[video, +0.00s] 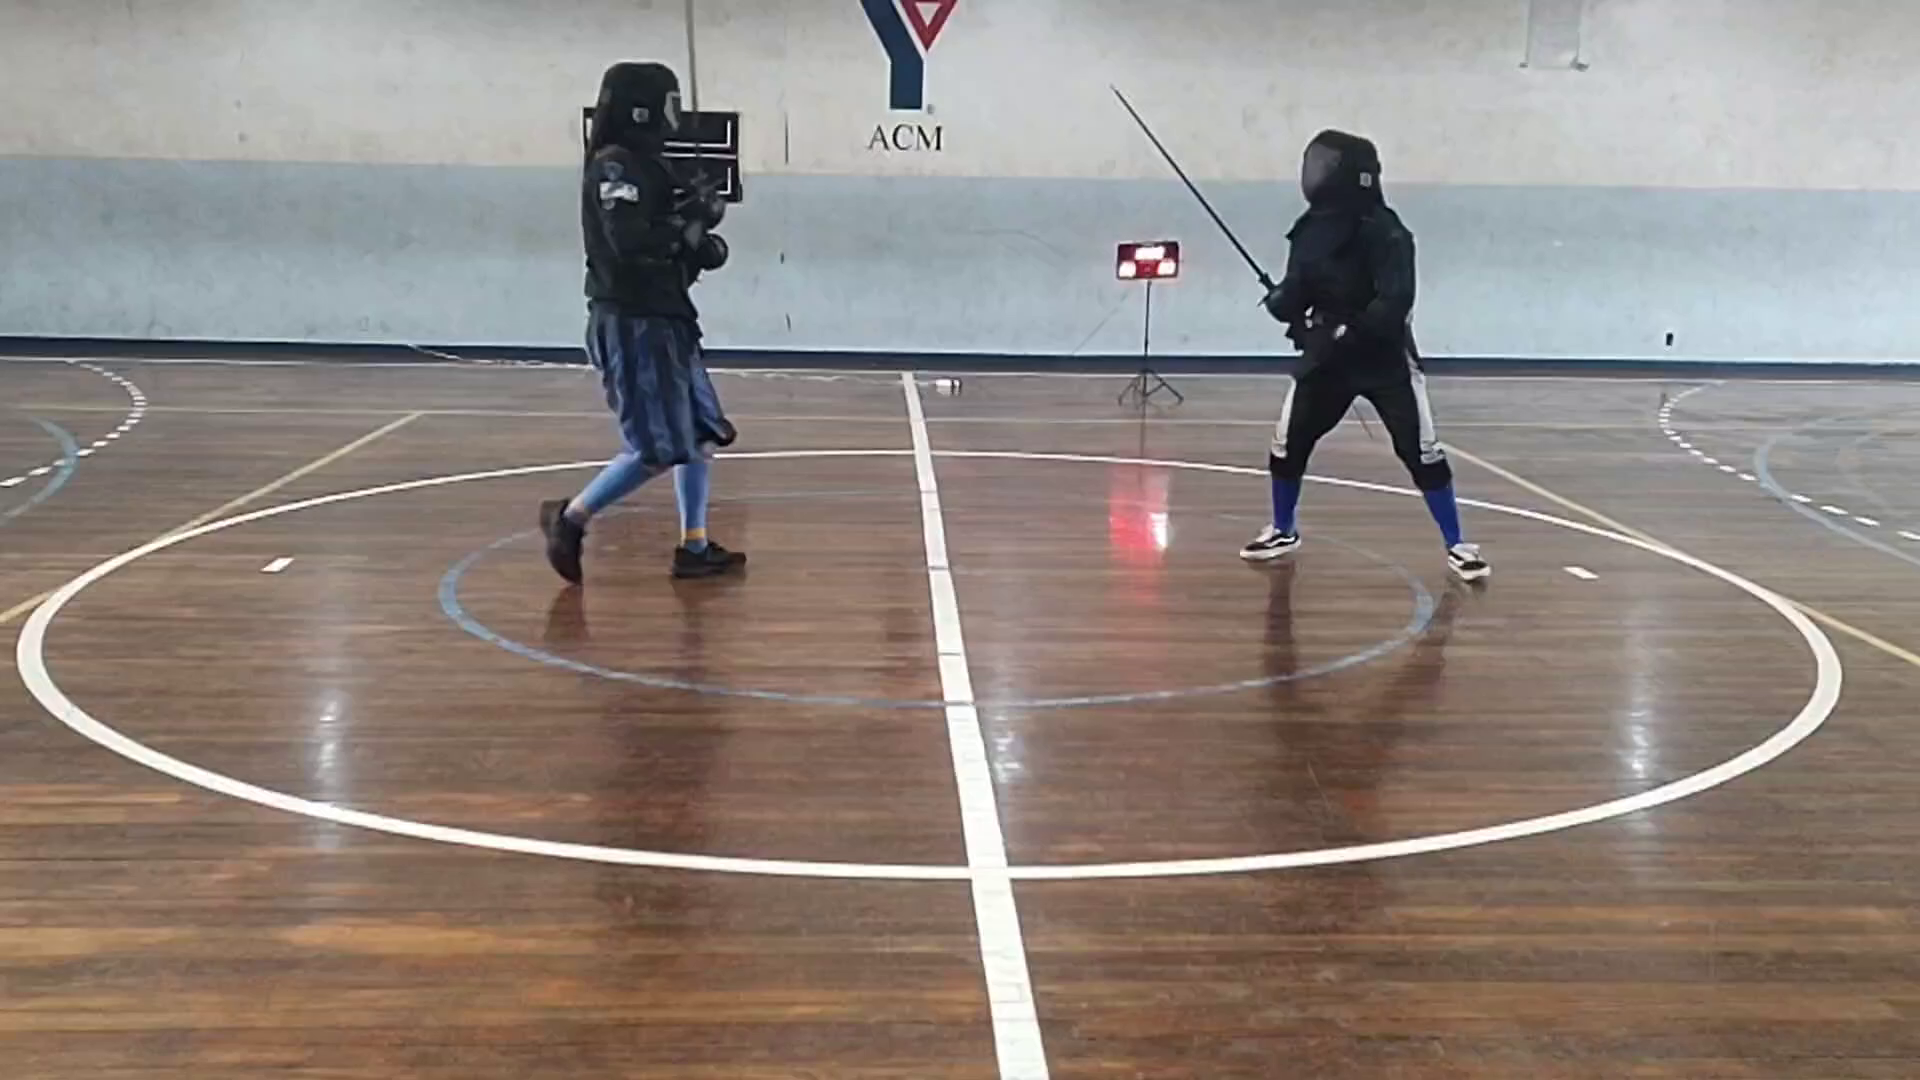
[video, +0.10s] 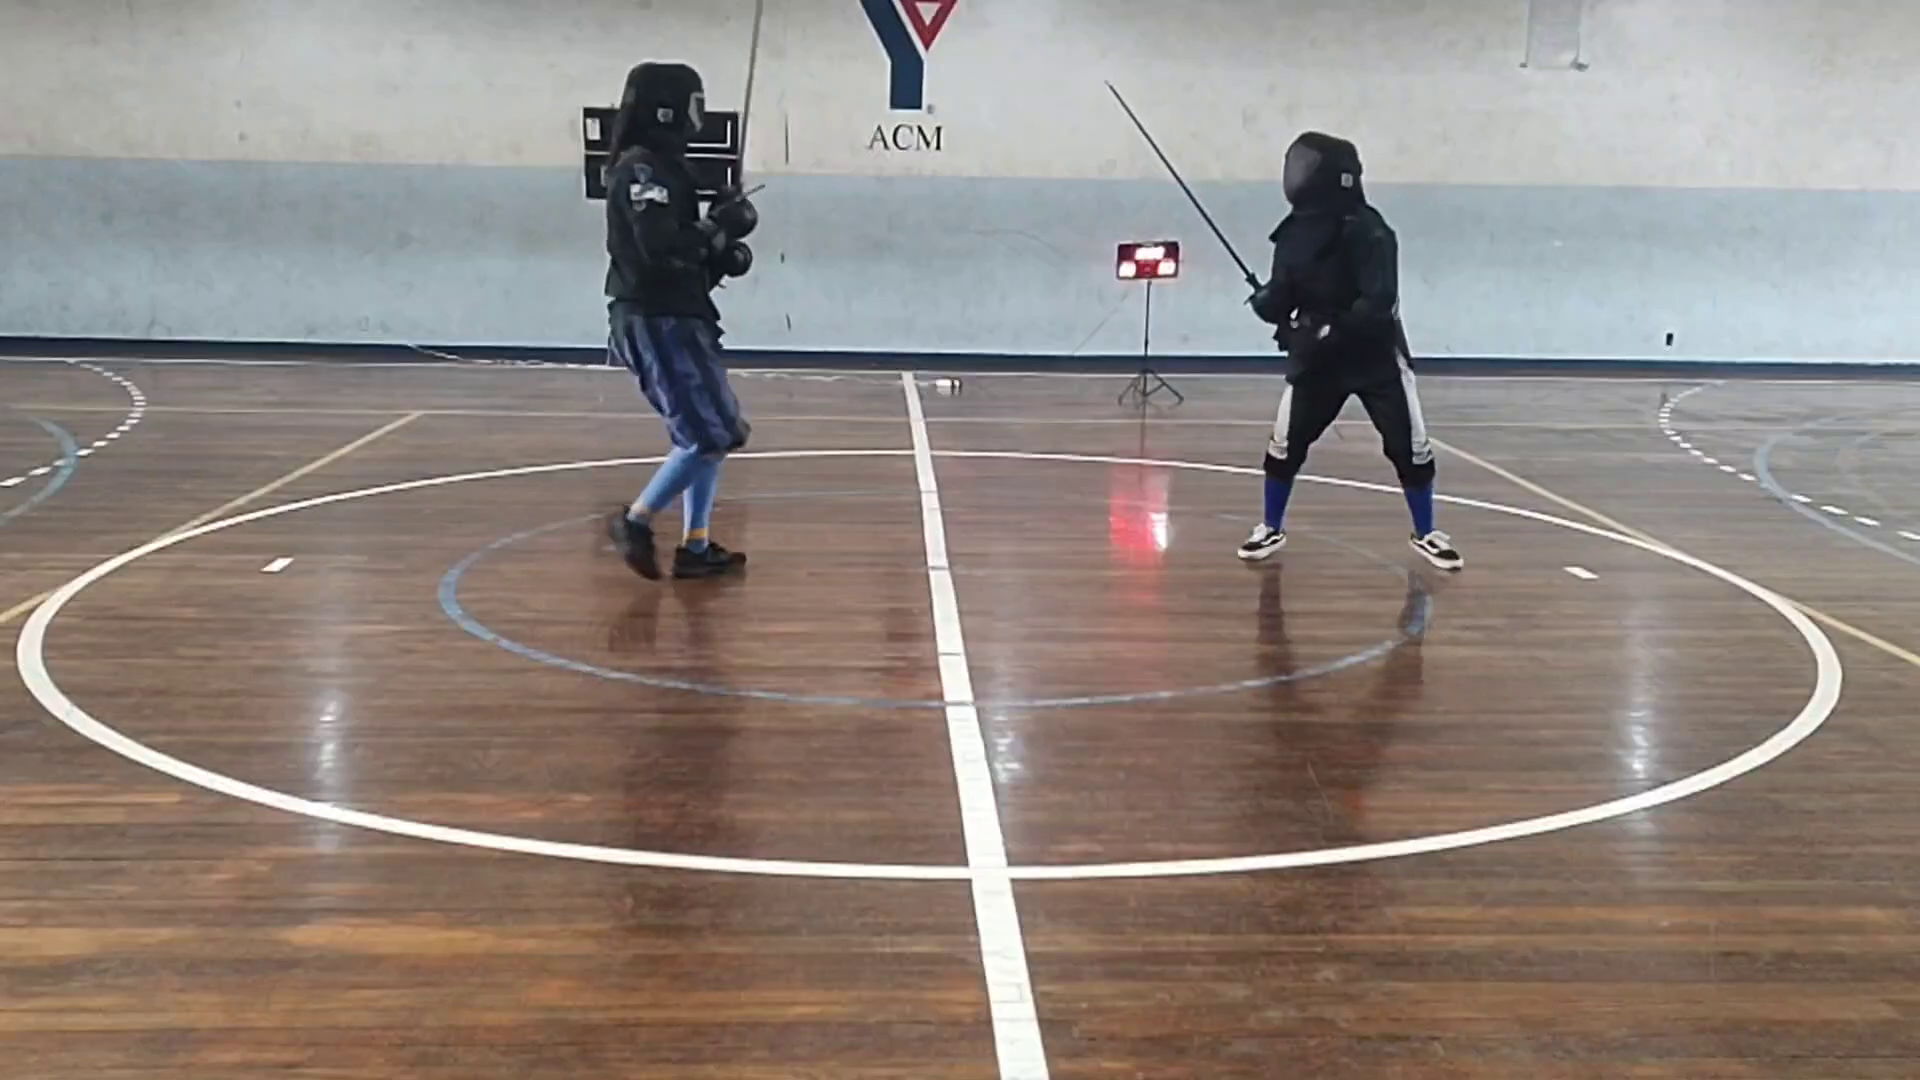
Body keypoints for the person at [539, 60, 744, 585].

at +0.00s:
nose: (671, 118)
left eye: (670, 107)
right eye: (664, 108)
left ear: (632, 109)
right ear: (638, 110)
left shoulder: (648, 165)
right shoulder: (615, 165)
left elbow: (664, 239)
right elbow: (630, 242)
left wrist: (698, 244)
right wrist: (690, 226)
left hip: (665, 319)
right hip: (630, 322)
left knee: (696, 436)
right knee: (658, 447)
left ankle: (695, 547)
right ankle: (569, 519)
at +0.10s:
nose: (696, 119)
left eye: (696, 109)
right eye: (690, 108)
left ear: (655, 109)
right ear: (664, 111)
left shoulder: (664, 167)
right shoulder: (642, 168)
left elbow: (676, 251)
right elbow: (662, 246)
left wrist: (718, 258)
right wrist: (716, 230)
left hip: (677, 315)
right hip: (652, 318)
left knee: (717, 432)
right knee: (708, 434)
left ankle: (696, 546)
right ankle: (636, 521)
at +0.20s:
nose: (718, 120)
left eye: (717, 110)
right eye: (711, 110)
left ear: (670, 112)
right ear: (688, 113)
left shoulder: (668, 167)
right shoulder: (674, 170)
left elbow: (687, 252)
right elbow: (690, 247)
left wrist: (735, 260)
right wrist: (741, 234)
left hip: (661, 315)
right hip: (684, 316)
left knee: (713, 433)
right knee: (750, 426)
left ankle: (695, 543)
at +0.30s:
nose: (741, 124)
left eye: (740, 113)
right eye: (736, 113)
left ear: (690, 115)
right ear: (713, 117)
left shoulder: (681, 168)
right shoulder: (703, 173)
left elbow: (711, 251)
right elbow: (718, 248)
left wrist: (761, 236)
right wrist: (766, 260)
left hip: (673, 319)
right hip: (707, 320)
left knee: (720, 433)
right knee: (770, 427)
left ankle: (696, 545)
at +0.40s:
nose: (765, 124)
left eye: (764, 113)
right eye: (761, 114)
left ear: (709, 115)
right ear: (740, 119)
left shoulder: (687, 168)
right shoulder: (730, 178)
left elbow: (718, 255)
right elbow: (749, 257)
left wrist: (782, 242)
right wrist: (790, 263)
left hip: (684, 321)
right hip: (726, 324)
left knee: (727, 436)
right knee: (784, 431)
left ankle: (696, 546)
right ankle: (834, 542)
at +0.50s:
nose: (784, 132)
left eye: (785, 121)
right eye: (782, 121)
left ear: (727, 119)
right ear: (765, 125)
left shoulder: (699, 173)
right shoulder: (753, 182)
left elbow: (726, 259)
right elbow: (782, 269)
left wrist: (796, 242)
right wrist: (813, 246)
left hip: (702, 324)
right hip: (750, 327)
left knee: (740, 439)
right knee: (809, 434)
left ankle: (698, 546)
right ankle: (844, 546)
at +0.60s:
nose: (809, 130)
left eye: (809, 120)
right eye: (805, 120)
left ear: (753, 121)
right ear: (785, 126)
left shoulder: (720, 173)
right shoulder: (774, 183)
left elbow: (740, 261)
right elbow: (798, 271)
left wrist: (807, 246)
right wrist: (829, 248)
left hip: (717, 326)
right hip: (769, 329)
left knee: (751, 438)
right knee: (830, 433)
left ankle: (719, 548)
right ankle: (847, 547)